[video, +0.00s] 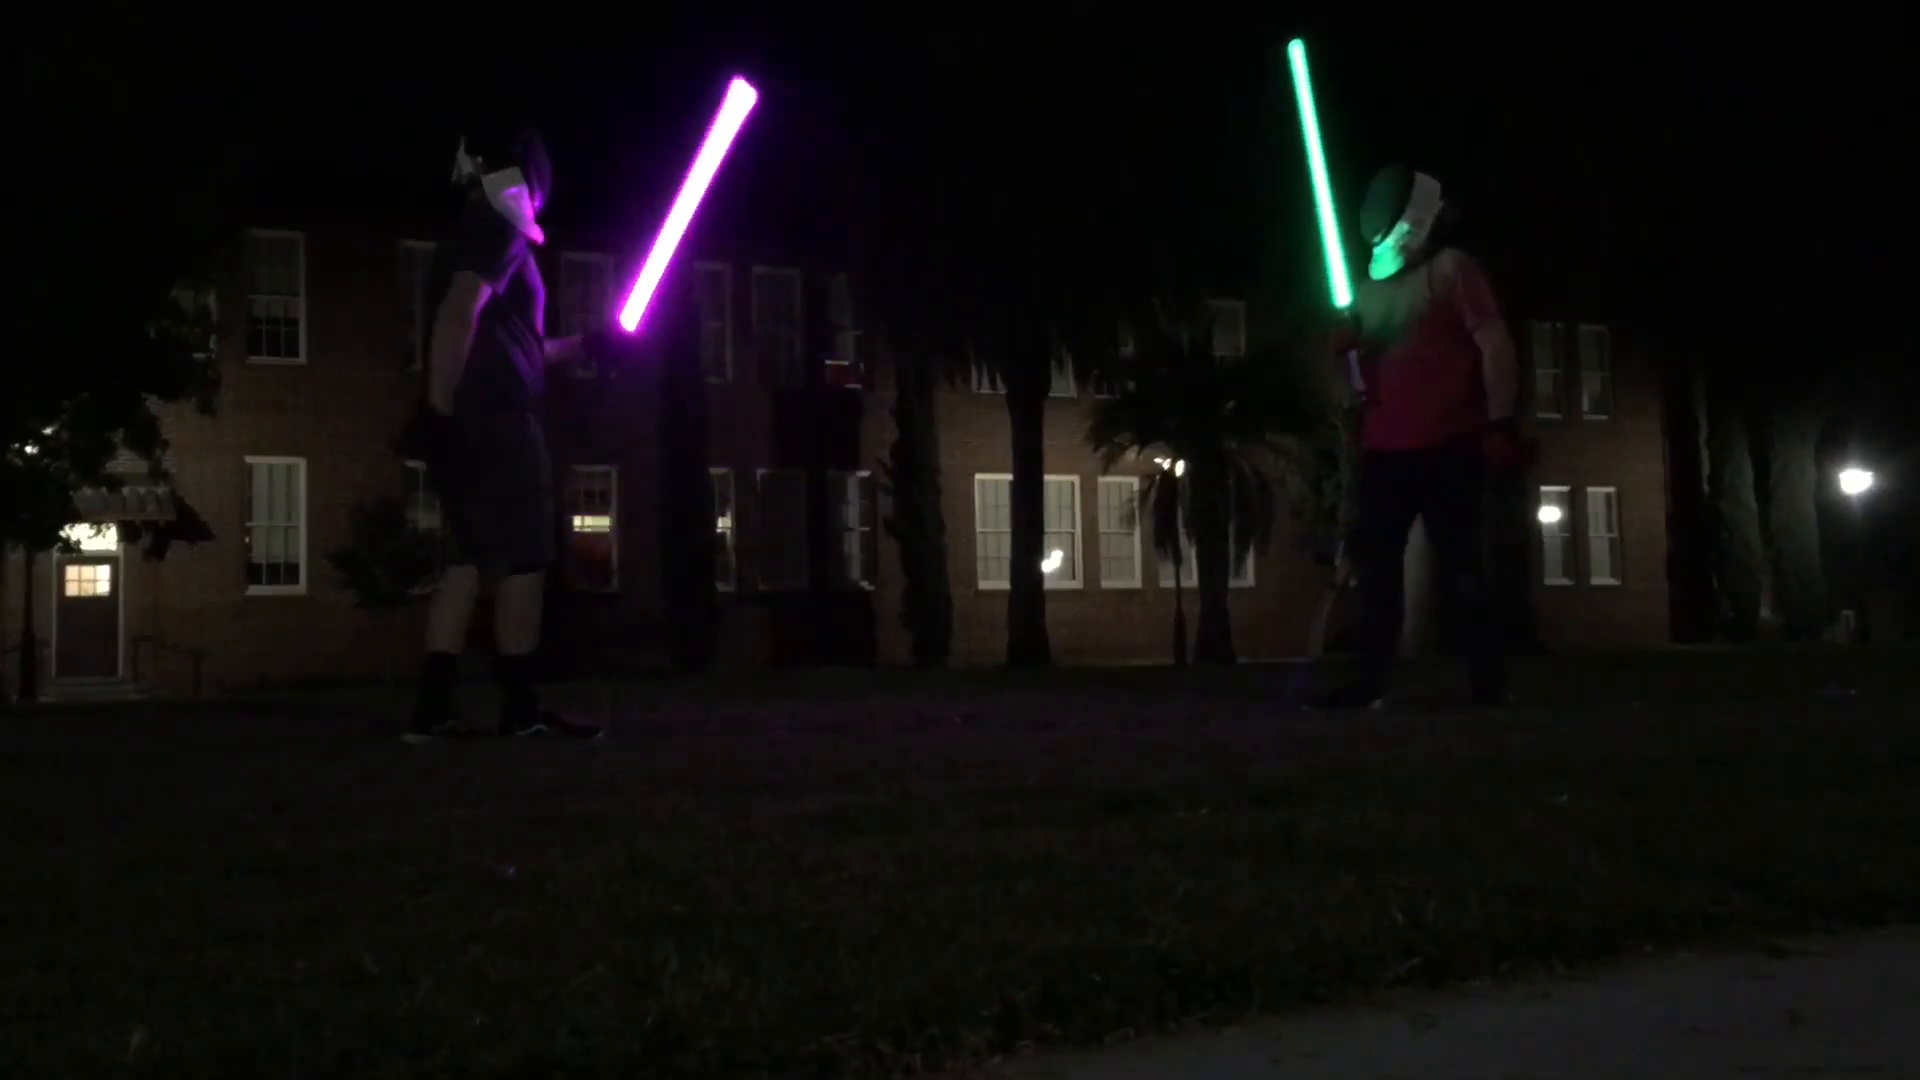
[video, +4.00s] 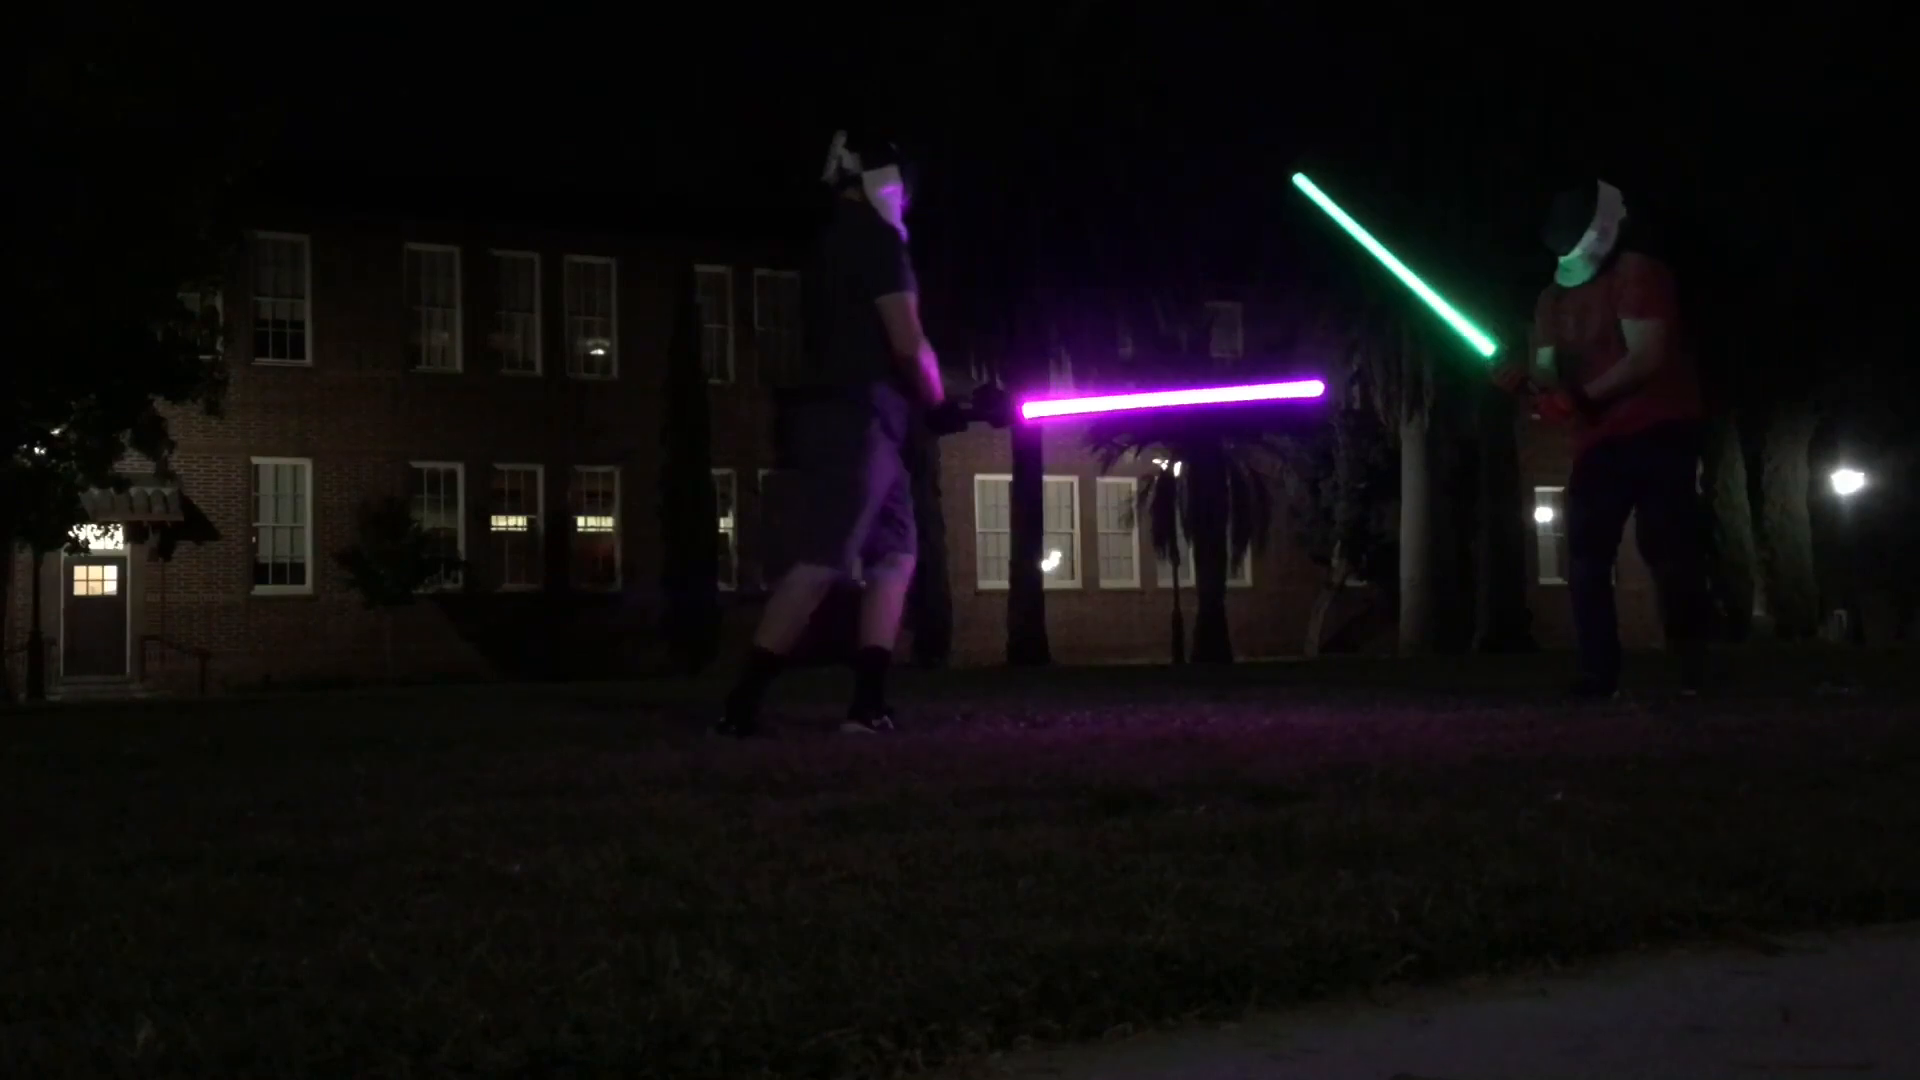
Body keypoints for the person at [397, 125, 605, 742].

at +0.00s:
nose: (539, 205)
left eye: (536, 192)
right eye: (534, 191)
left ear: (491, 185)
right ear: (517, 186)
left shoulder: (481, 239)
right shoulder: (502, 235)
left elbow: (514, 353)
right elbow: (457, 313)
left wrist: (583, 342)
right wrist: (439, 408)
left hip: (470, 424)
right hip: (502, 424)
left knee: (465, 559)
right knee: (524, 557)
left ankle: (434, 701)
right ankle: (521, 705)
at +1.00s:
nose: (567, 200)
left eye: (563, 187)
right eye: (559, 187)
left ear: (510, 188)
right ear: (537, 187)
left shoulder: (489, 243)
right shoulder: (524, 244)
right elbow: (506, 334)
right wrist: (571, 408)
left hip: (477, 432)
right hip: (523, 431)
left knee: (467, 560)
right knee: (573, 552)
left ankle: (437, 708)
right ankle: (569, 702)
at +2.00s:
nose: (795, 272)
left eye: (791, 262)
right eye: (789, 262)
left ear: (746, 261)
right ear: (778, 263)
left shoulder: (733, 305)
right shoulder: (770, 301)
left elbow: (775, 422)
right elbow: (837, 354)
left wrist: (849, 434)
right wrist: (875, 385)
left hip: (769, 468)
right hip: (746, 468)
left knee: (847, 553)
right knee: (702, 597)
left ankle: (869, 689)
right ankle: (591, 702)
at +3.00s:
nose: (1135, 217)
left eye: (1129, 207)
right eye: (1128, 208)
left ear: (1082, 222)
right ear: (1118, 215)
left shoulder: (1064, 281)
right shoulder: (1146, 271)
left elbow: (1056, 372)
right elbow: (1203, 348)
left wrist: (1063, 437)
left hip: (1084, 444)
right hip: (1144, 436)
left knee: (1143, 560)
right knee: (1208, 553)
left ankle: (1162, 683)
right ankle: (1170, 687)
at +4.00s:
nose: (903, 197)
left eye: (901, 184)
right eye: (895, 184)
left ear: (852, 188)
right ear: (867, 186)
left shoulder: (832, 238)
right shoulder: (877, 240)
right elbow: (909, 344)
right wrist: (939, 402)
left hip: (851, 421)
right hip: (858, 422)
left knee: (895, 554)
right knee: (824, 560)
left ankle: (869, 702)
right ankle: (744, 700)